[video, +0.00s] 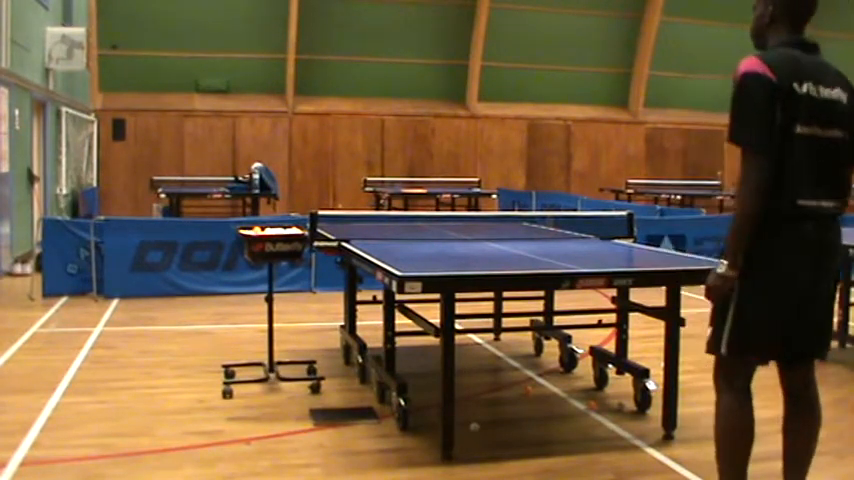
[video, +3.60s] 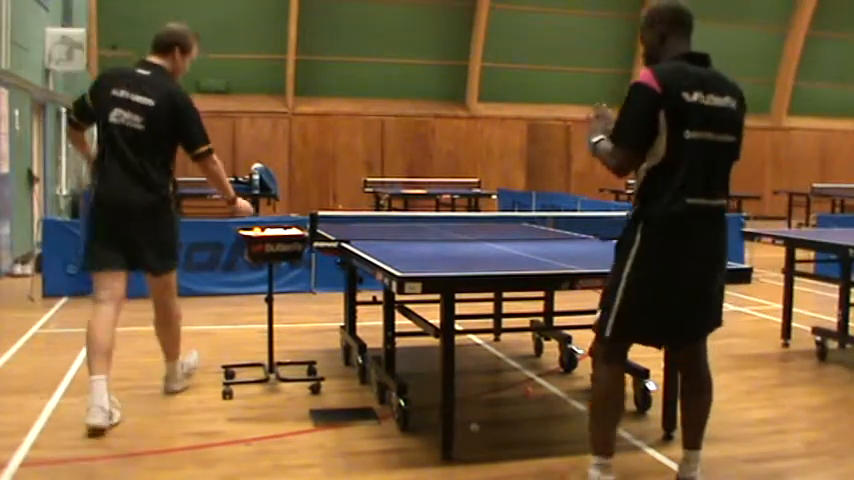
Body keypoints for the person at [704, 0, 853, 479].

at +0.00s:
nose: (750, 18)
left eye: (754, 9)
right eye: (753, 10)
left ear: (767, 12)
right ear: (804, 19)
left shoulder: (759, 70)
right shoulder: (839, 81)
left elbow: (755, 178)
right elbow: (843, 183)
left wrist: (729, 264)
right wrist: (814, 234)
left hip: (768, 247)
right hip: (820, 250)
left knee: (732, 375)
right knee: (799, 373)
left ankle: (731, 475)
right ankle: (794, 476)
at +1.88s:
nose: (775, 29)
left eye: (775, 19)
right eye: (775, 20)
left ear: (785, 16)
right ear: (825, 14)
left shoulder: (786, 65)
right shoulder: (851, 59)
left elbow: (792, 157)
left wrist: (749, 215)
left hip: (800, 247)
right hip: (848, 248)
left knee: (768, 396)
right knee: (840, 399)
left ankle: (759, 477)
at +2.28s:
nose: (762, 24)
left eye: (763, 14)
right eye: (762, 15)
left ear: (777, 14)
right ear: (816, 15)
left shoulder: (778, 69)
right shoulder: (850, 67)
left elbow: (758, 172)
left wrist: (731, 142)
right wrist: (747, 140)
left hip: (788, 245)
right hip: (844, 243)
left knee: (751, 391)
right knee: (831, 391)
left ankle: (727, 473)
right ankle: (833, 475)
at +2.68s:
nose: (706, 26)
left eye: (708, 18)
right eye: (709, 19)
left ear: (718, 18)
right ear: (761, 17)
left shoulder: (710, 73)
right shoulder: (813, 77)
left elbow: (677, 159)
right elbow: (810, 153)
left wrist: (697, 78)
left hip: (723, 239)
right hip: (783, 239)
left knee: (716, 380)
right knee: (767, 366)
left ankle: (710, 477)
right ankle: (791, 472)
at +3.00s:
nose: (675, 26)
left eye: (677, 17)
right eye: (677, 17)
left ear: (688, 19)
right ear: (727, 20)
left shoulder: (673, 80)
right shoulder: (776, 80)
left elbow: (625, 163)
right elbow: (774, 162)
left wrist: (655, 119)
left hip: (696, 233)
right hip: (750, 233)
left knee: (696, 363)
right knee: (724, 356)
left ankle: (705, 472)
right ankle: (708, 465)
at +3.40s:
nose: (659, 42)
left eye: (661, 34)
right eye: (660, 34)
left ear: (674, 32)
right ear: (707, 34)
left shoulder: (668, 84)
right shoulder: (746, 93)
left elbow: (636, 166)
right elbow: (730, 163)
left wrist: (614, 141)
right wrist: (655, 137)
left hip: (674, 233)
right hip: (727, 236)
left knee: (617, 351)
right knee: (698, 351)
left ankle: (670, 462)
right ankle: (692, 465)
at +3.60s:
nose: (642, 48)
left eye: (642, 41)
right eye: (643, 41)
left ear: (650, 39)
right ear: (688, 36)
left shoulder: (654, 82)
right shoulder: (731, 91)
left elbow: (621, 163)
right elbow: (713, 163)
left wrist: (597, 137)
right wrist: (629, 132)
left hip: (656, 232)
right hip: (709, 234)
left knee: (609, 350)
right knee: (692, 353)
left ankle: (601, 468)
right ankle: (690, 468)